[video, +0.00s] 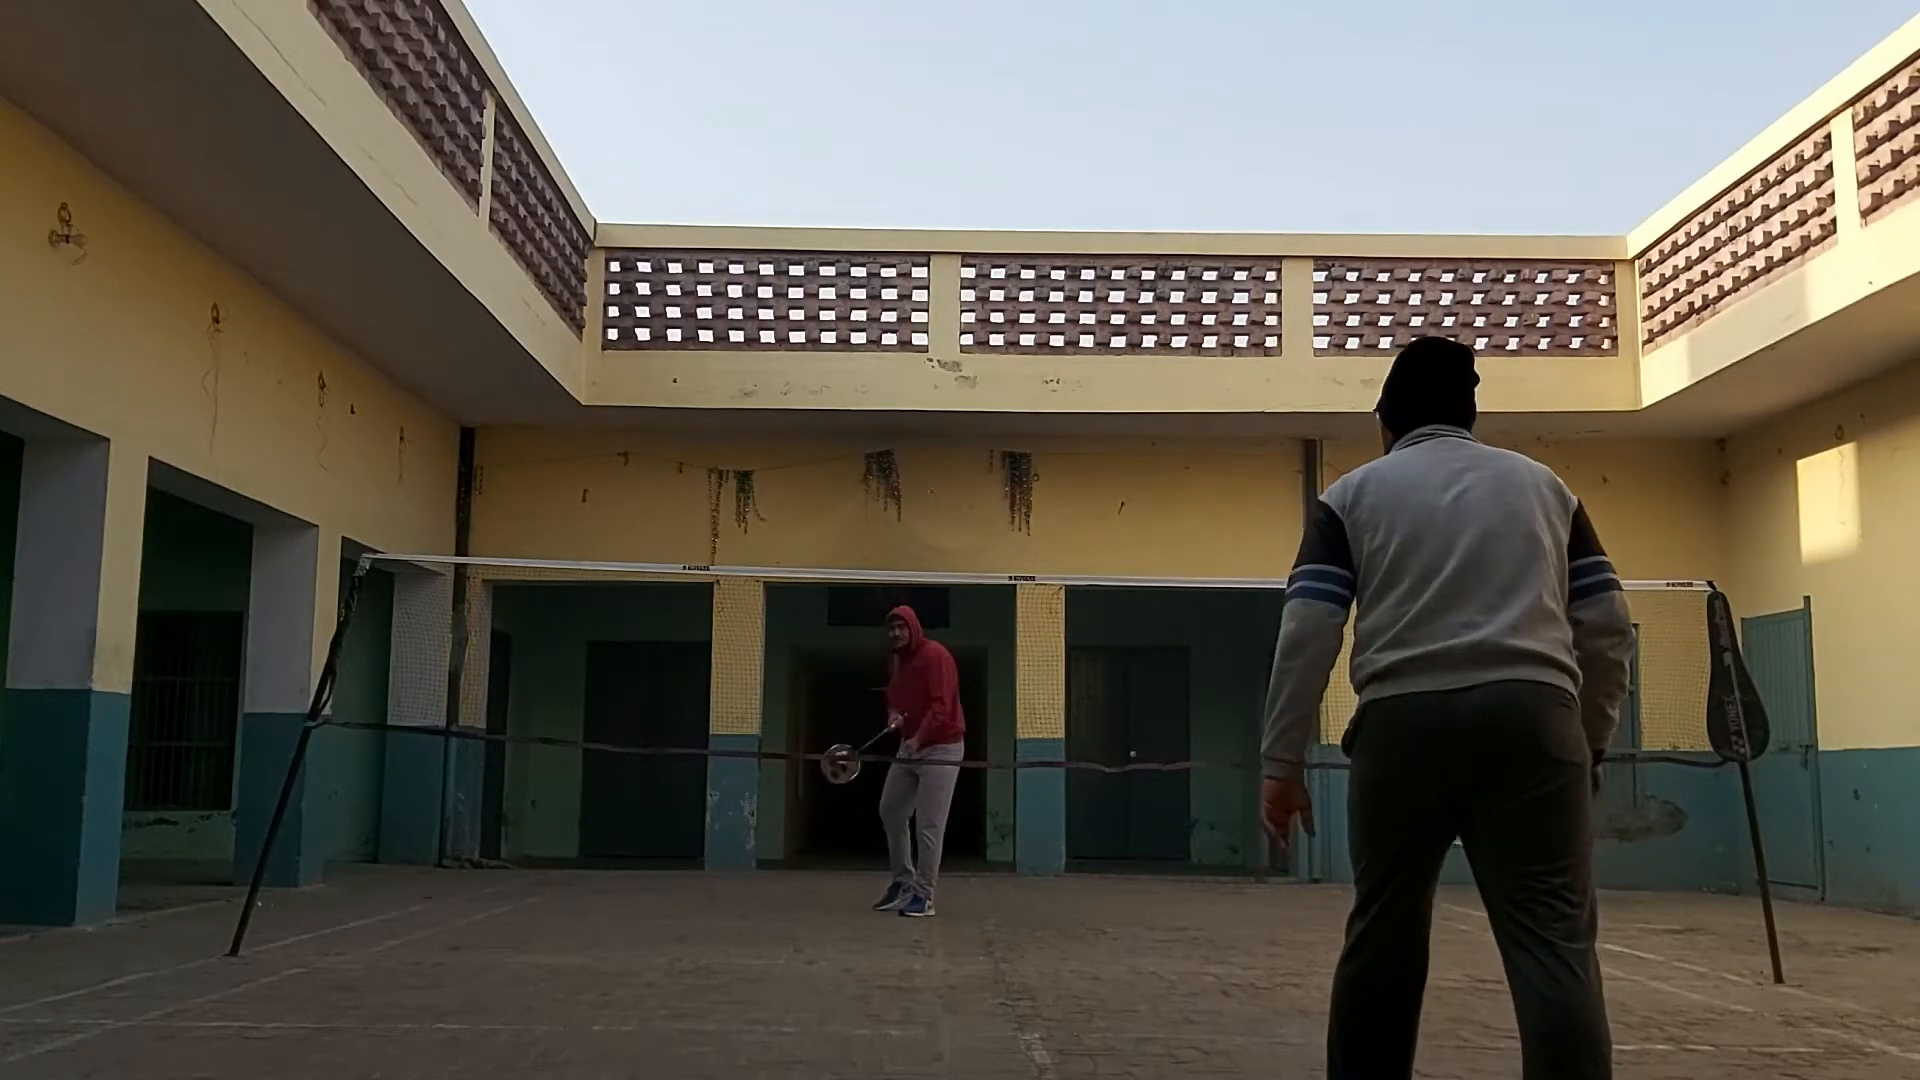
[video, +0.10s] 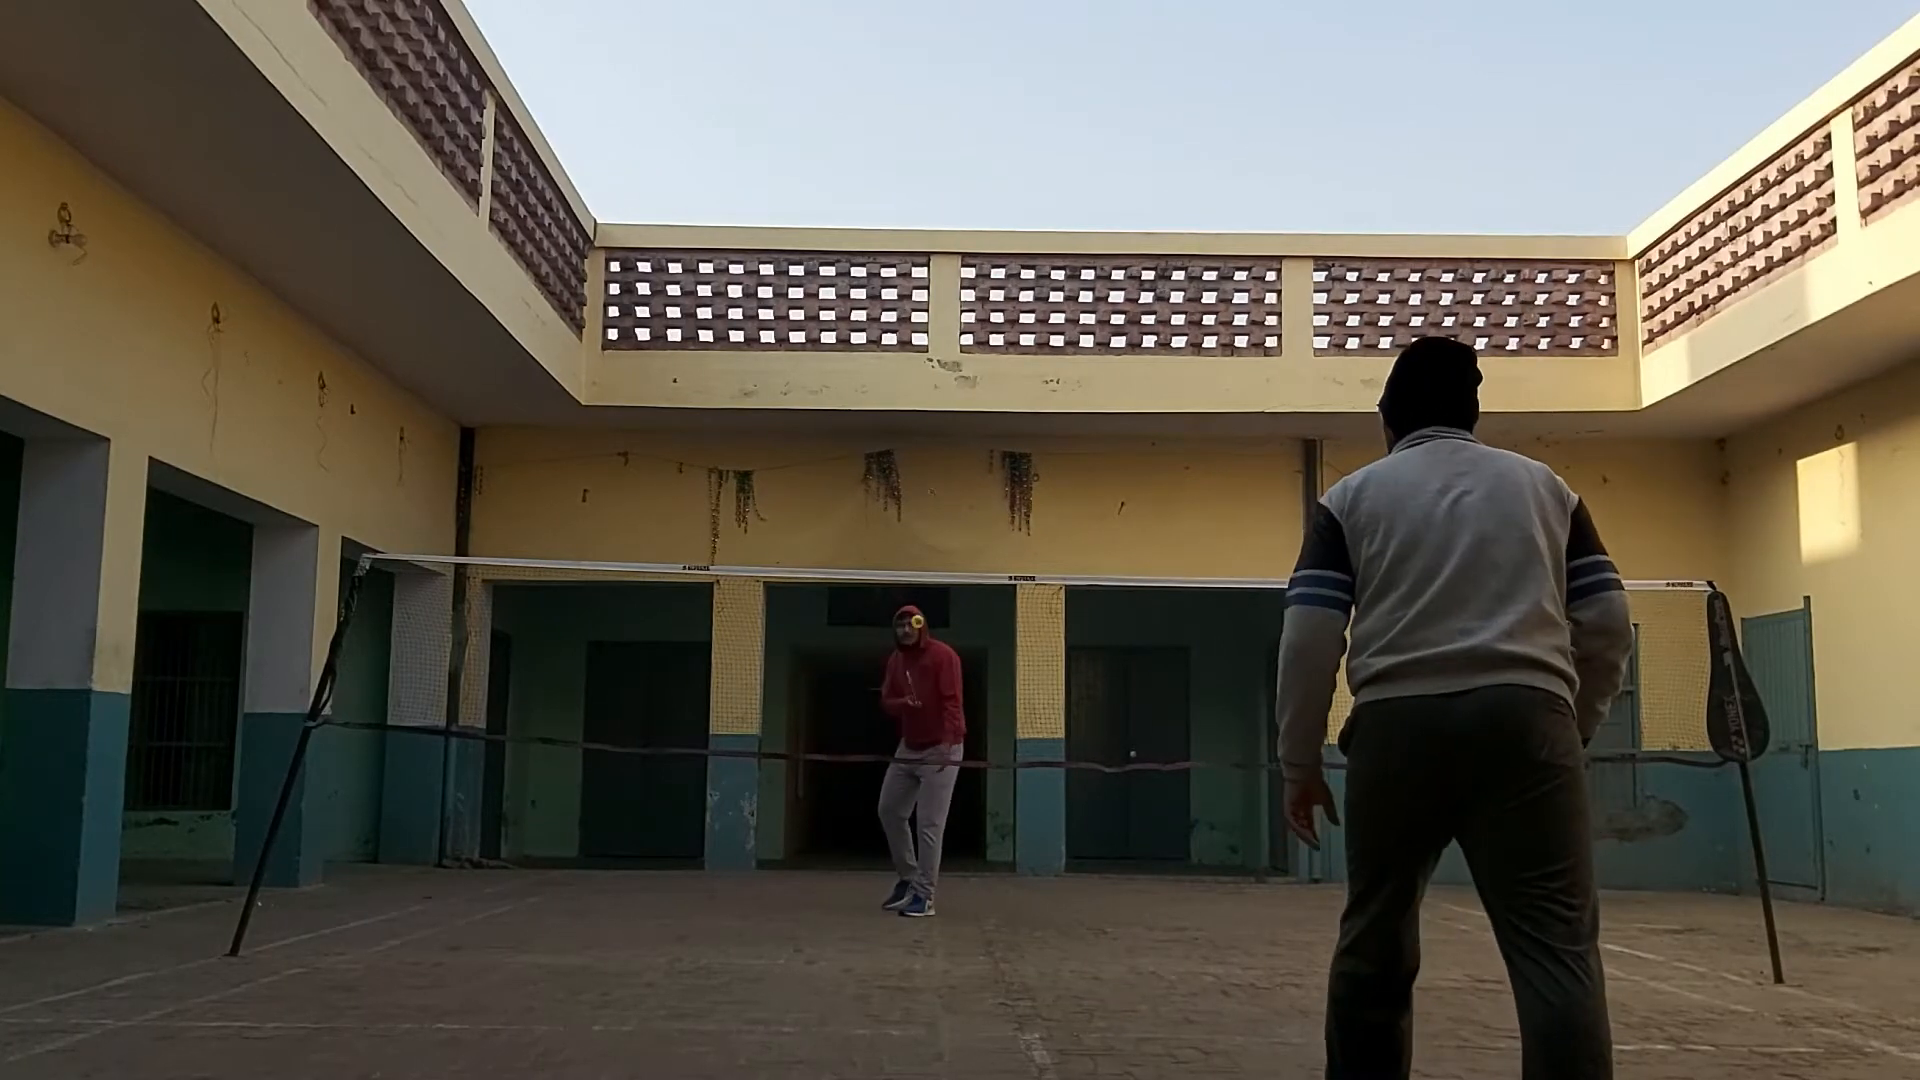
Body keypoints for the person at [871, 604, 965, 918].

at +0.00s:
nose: (897, 632)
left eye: (902, 627)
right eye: (893, 628)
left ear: (915, 628)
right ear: (890, 632)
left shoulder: (936, 655)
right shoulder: (899, 660)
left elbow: (942, 708)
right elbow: (896, 698)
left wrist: (918, 739)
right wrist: (895, 715)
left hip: (941, 751)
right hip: (910, 749)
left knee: (929, 823)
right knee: (891, 812)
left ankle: (924, 894)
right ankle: (902, 882)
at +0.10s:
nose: (906, 630)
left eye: (911, 624)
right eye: (901, 625)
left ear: (922, 627)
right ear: (896, 630)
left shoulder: (943, 656)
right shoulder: (897, 660)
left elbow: (953, 703)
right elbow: (887, 702)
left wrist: (949, 743)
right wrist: (904, 702)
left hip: (941, 750)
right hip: (909, 748)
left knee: (930, 823)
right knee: (890, 811)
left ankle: (924, 895)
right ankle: (908, 880)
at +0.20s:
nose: (917, 629)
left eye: (922, 624)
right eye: (912, 625)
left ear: (932, 628)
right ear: (905, 630)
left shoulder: (952, 657)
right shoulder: (900, 659)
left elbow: (967, 701)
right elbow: (889, 702)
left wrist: (972, 742)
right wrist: (914, 695)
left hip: (943, 751)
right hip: (908, 749)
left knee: (929, 824)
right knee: (892, 814)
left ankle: (924, 894)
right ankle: (919, 872)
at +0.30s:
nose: (928, 631)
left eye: (933, 626)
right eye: (923, 626)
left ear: (942, 631)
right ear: (915, 632)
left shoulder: (959, 661)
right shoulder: (904, 662)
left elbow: (982, 701)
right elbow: (892, 702)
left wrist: (990, 739)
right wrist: (918, 704)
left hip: (943, 753)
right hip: (908, 752)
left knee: (927, 824)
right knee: (899, 820)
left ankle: (922, 895)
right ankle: (931, 868)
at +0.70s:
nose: (956, 635)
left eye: (961, 632)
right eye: (951, 631)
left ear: (968, 638)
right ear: (941, 636)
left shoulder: (982, 668)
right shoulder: (924, 669)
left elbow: (996, 711)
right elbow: (907, 715)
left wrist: (1001, 747)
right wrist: (897, 756)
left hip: (972, 755)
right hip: (932, 755)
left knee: (977, 813)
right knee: (932, 821)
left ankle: (962, 885)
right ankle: (936, 886)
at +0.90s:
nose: (975, 635)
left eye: (980, 631)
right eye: (970, 631)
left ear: (987, 638)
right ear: (960, 636)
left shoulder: (999, 668)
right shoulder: (943, 668)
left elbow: (1018, 707)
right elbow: (924, 709)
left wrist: (1026, 739)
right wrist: (908, 742)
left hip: (993, 758)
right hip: (951, 757)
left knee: (1010, 822)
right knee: (941, 822)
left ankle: (1021, 881)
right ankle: (937, 887)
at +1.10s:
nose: (997, 638)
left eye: (1001, 634)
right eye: (992, 634)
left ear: (1008, 640)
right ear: (983, 638)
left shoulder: (1022, 670)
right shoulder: (969, 669)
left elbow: (1043, 711)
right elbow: (952, 710)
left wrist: (1041, 745)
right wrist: (938, 745)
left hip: (1012, 757)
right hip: (972, 756)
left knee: (1022, 824)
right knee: (957, 819)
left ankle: (1035, 883)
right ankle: (944, 881)